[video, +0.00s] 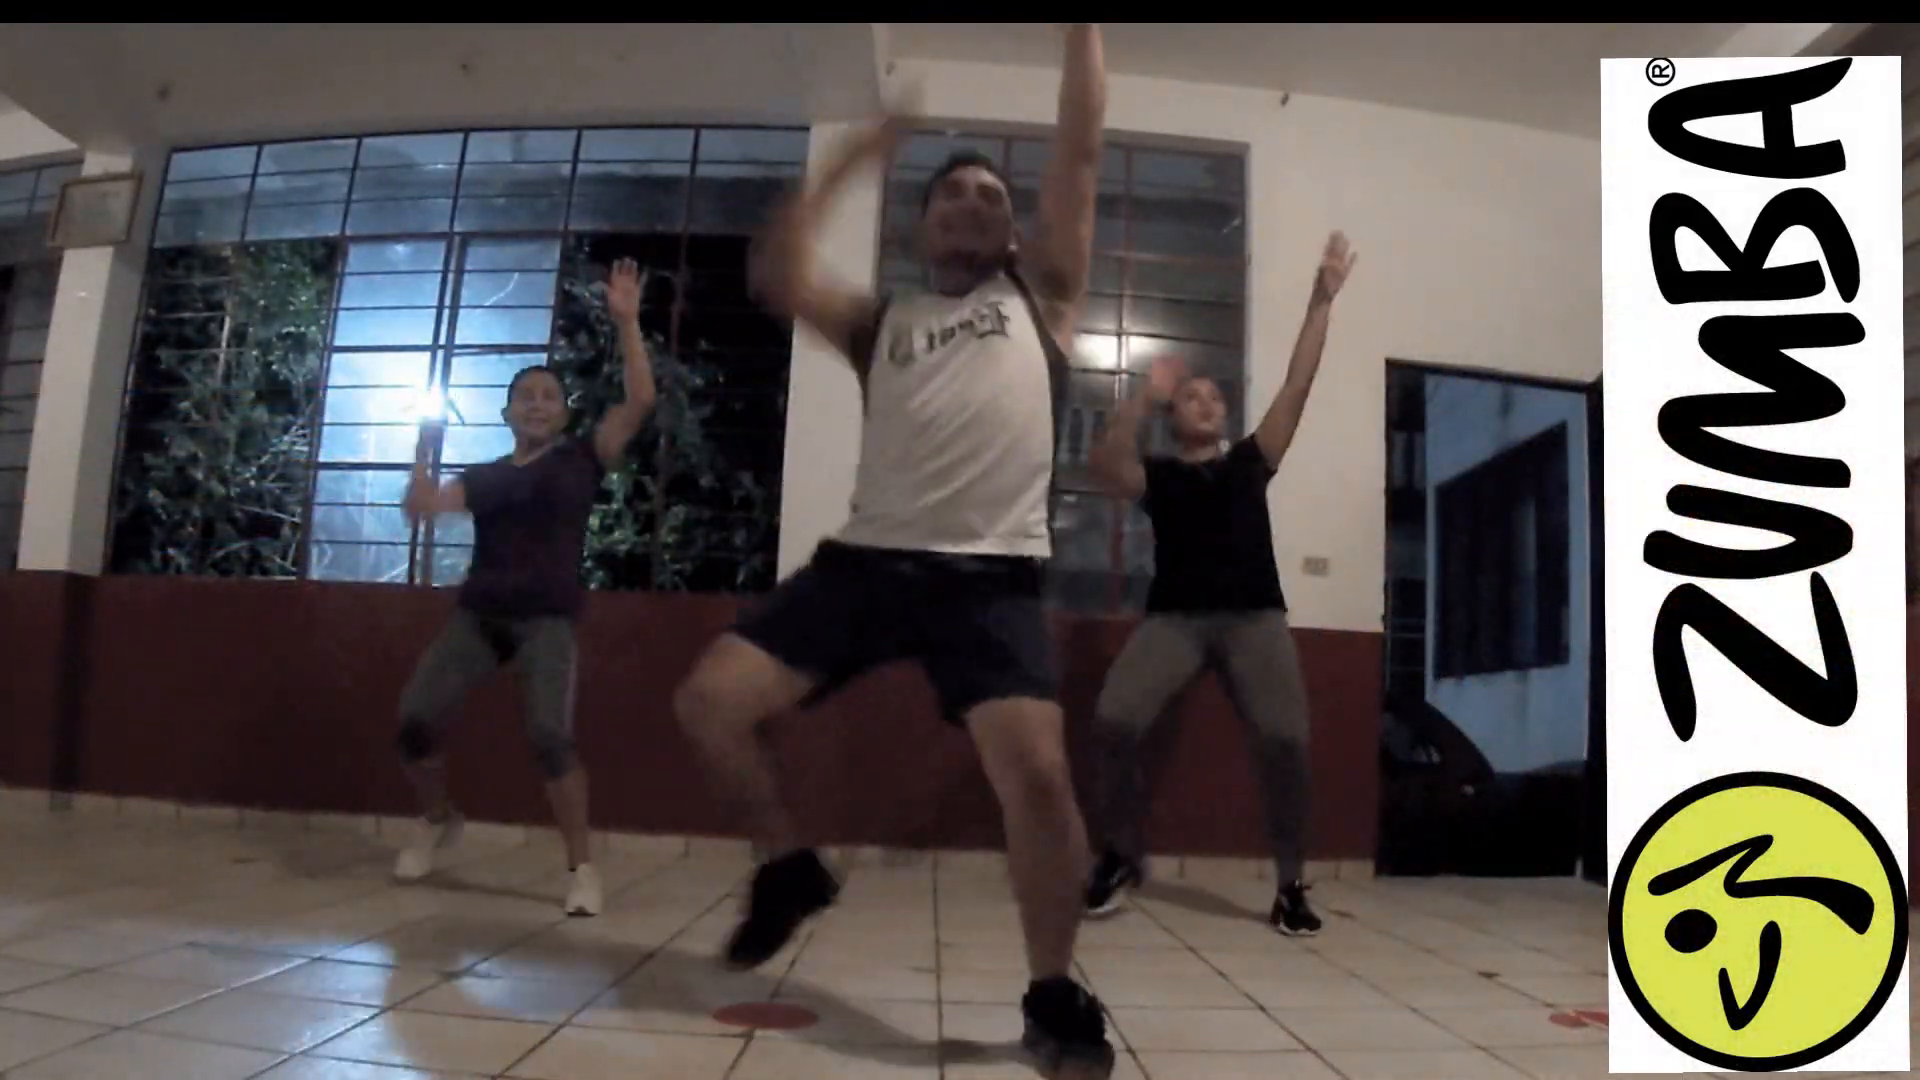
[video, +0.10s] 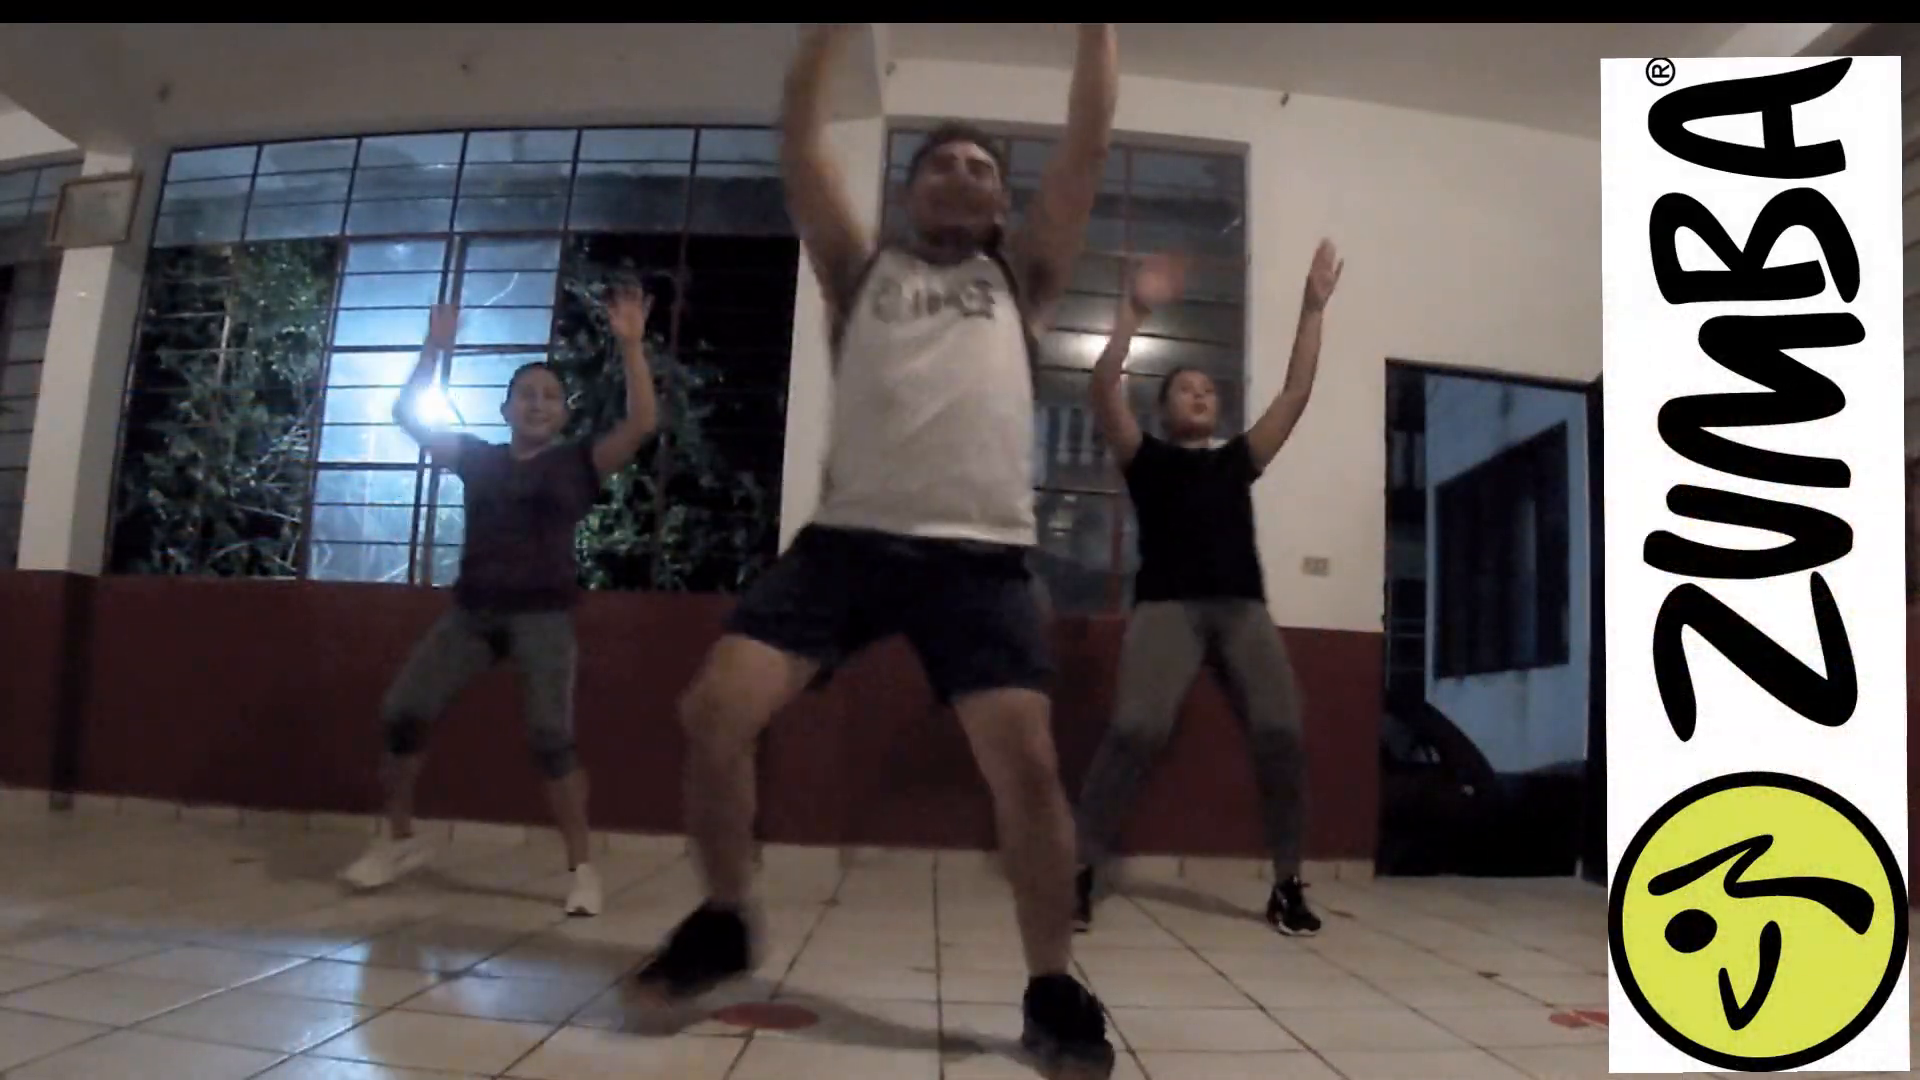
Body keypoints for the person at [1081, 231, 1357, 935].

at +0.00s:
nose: (1202, 402)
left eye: (1211, 398)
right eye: (1191, 398)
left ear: (1227, 415)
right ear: (1171, 416)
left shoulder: (1251, 464)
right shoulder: (1157, 475)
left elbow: (1297, 385)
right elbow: (1108, 466)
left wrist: (1321, 301)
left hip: (1253, 620)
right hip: (1176, 620)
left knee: (1284, 737)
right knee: (1118, 716)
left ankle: (1290, 885)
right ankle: (1120, 858)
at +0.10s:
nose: (1198, 398)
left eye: (1207, 392)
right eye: (1186, 391)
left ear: (1219, 410)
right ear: (1163, 407)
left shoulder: (1238, 459)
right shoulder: (1145, 462)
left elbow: (1296, 391)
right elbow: (1105, 392)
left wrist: (1314, 305)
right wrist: (1131, 311)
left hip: (1242, 608)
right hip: (1166, 608)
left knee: (1280, 729)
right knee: (1138, 727)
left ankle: (1288, 883)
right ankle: (1083, 871)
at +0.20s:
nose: (1187, 410)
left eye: (1195, 404)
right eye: (1175, 402)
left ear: (1205, 419)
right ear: (1150, 412)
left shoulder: (1222, 477)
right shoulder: (1131, 462)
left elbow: (1287, 439)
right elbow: (1128, 368)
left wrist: (1288, 365)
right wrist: (1125, 285)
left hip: (1221, 621)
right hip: (1150, 619)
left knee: (1269, 735)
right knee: (1133, 742)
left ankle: (1282, 887)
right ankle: (1080, 875)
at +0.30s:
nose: (1172, 413)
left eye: (1180, 408)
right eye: (1161, 405)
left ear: (1190, 424)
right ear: (1138, 417)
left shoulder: (1204, 492)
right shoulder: (1121, 463)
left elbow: (1270, 513)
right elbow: (1109, 366)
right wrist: (1118, 287)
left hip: (1198, 630)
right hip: (1130, 624)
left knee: (1268, 725)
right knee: (1119, 746)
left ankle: (1284, 879)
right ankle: (1074, 879)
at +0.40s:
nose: (1160, 411)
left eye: (1168, 405)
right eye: (1148, 403)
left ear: (1179, 421)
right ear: (1126, 416)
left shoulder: (1187, 490)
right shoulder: (1108, 462)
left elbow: (1191, 560)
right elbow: (1084, 380)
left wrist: (1236, 572)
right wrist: (1104, 299)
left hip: (1188, 625)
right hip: (1119, 623)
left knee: (1265, 718)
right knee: (1109, 745)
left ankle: (1245, 855)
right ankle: (1073, 878)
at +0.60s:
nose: (1153, 423)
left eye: (1161, 416)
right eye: (1141, 417)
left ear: (1176, 429)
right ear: (1122, 432)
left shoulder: (1196, 492)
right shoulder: (1104, 480)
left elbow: (1190, 558)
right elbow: (1051, 423)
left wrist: (1205, 612)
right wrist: (1090, 357)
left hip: (1191, 629)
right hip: (1120, 629)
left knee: (1202, 743)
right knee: (1108, 745)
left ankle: (1190, 853)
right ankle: (1073, 875)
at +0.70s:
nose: (1154, 440)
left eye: (1162, 431)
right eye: (1143, 433)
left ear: (1178, 442)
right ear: (1125, 446)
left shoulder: (1204, 507)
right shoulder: (1113, 504)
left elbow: (1254, 548)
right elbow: (1046, 504)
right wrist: (1084, 443)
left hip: (1195, 650)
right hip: (1125, 647)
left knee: (1192, 760)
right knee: (1105, 754)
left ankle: (1171, 863)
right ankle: (1069, 868)